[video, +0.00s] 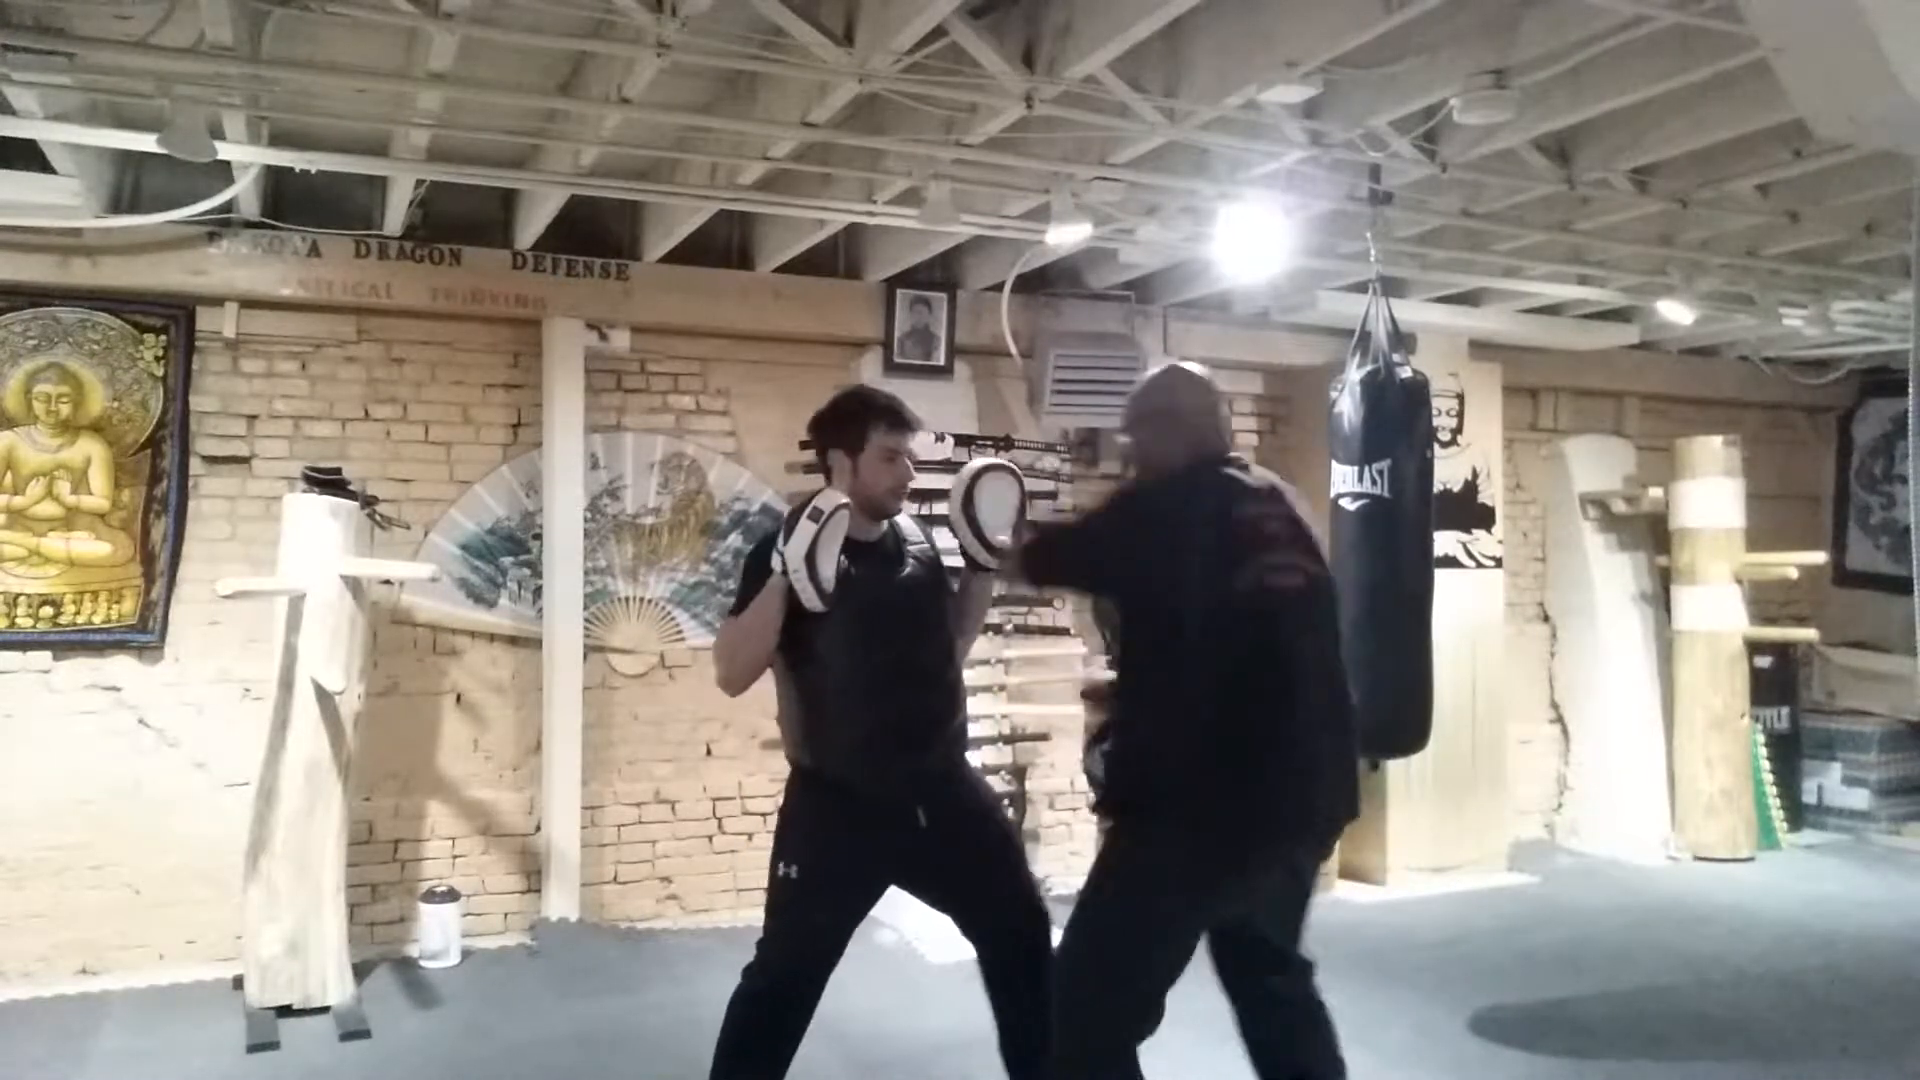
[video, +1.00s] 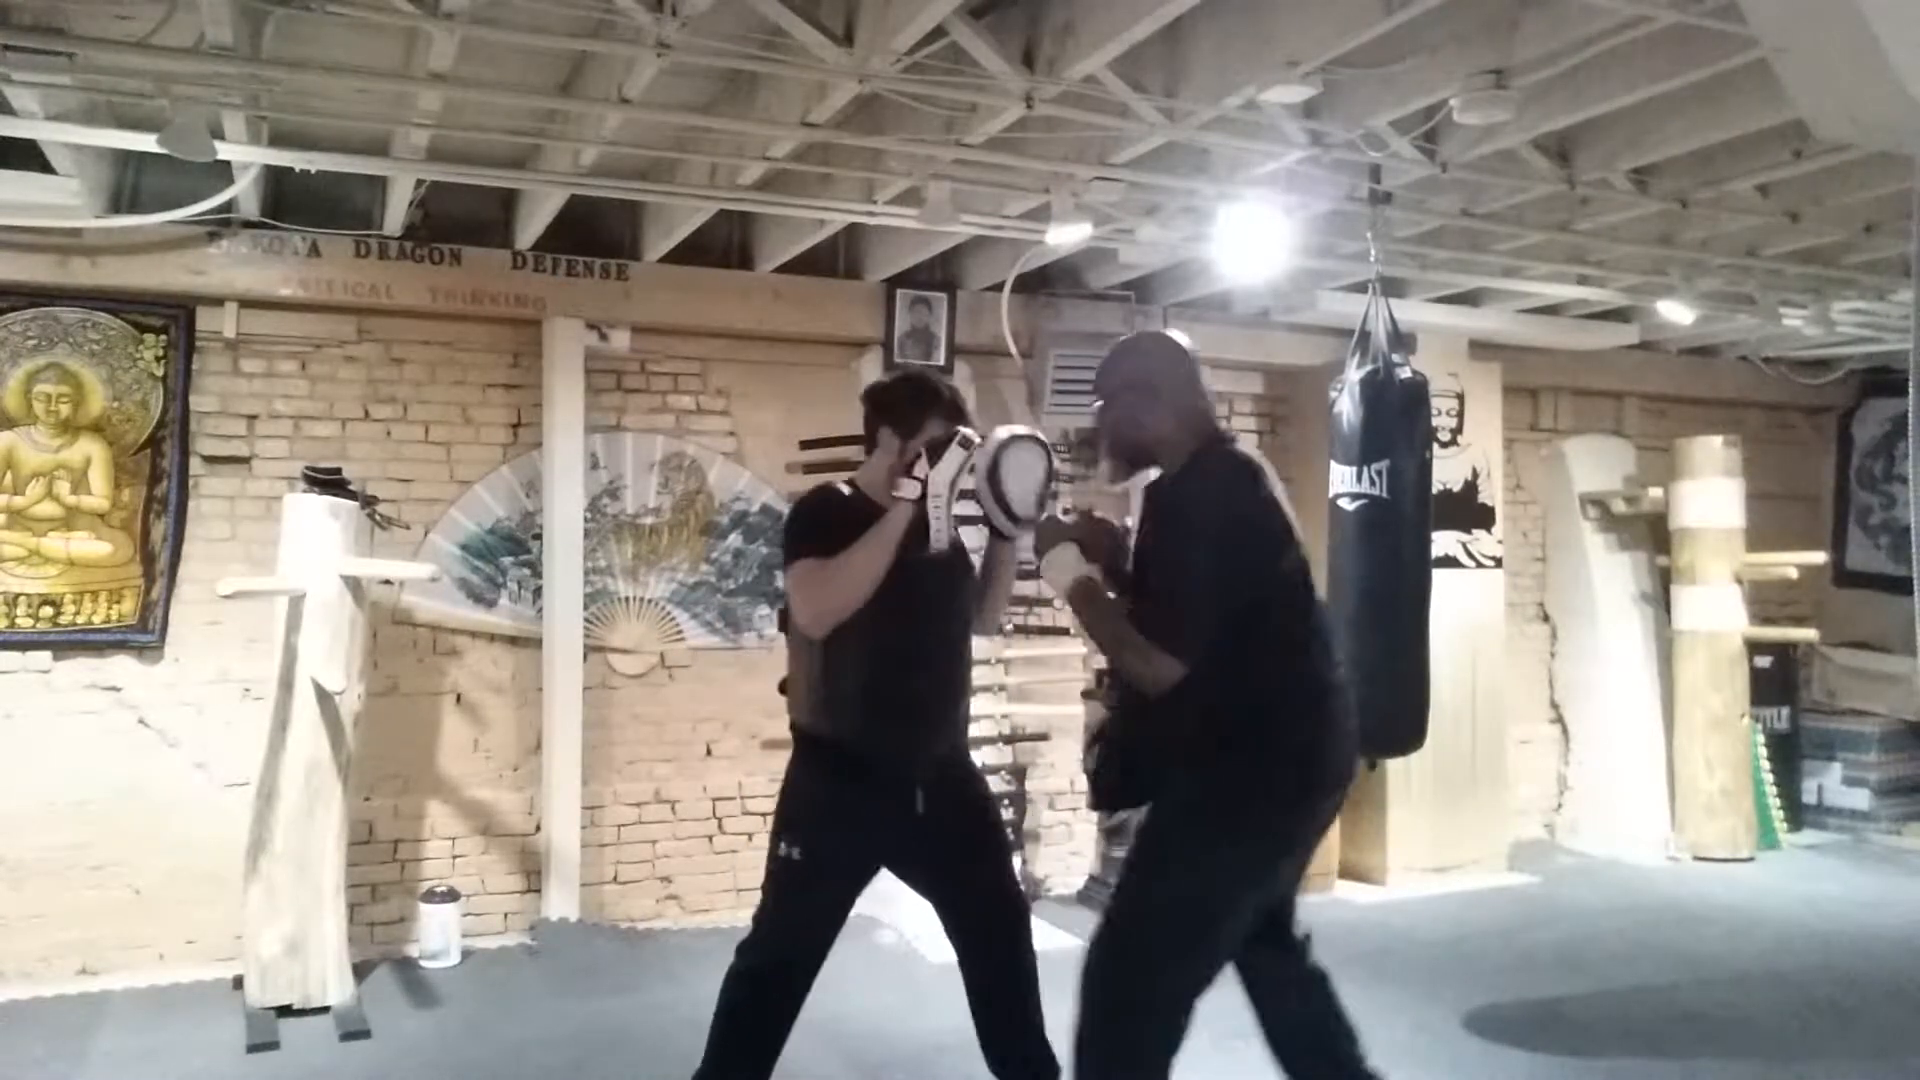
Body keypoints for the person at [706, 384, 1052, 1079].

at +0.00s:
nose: (908, 472)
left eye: (909, 458)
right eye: (890, 458)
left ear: (910, 461)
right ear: (838, 465)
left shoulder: (922, 539)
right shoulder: (785, 551)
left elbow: (947, 653)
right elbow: (732, 673)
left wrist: (982, 566)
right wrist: (791, 572)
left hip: (942, 798)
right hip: (835, 807)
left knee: (1021, 937)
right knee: (783, 979)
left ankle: (1042, 1078)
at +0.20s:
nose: (936, 461)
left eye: (937, 446)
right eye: (919, 447)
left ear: (936, 452)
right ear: (869, 459)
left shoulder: (960, 528)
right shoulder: (826, 545)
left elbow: (1032, 609)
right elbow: (768, 670)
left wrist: (1075, 515)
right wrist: (820, 572)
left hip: (980, 795)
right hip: (870, 802)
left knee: (1047, 972)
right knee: (799, 972)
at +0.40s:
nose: (994, 458)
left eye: (997, 446)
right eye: (981, 442)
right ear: (928, 442)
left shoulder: (991, 532)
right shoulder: (879, 522)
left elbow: (1034, 607)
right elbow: (846, 621)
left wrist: (1093, 526)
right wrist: (932, 511)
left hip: (1001, 785)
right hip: (902, 786)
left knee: (1056, 954)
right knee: (830, 957)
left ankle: (1048, 1079)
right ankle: (736, 1077)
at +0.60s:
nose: (1012, 467)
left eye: (1015, 455)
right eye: (1000, 451)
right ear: (949, 448)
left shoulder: (980, 533)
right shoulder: (898, 520)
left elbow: (1042, 564)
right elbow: (945, 582)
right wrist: (1007, 485)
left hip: (988, 793)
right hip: (901, 793)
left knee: (1050, 961)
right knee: (822, 967)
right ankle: (730, 1077)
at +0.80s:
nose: (972, 467)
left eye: (978, 454)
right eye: (959, 451)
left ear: (980, 462)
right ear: (908, 452)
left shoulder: (970, 540)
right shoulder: (861, 527)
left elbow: (1023, 599)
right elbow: (864, 613)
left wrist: (1073, 543)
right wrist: (951, 520)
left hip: (967, 796)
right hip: (868, 798)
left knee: (1040, 971)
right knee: (801, 974)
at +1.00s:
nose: (937, 461)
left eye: (948, 448)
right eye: (929, 443)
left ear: (949, 455)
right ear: (883, 437)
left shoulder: (945, 524)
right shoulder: (823, 511)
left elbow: (985, 615)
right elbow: (812, 612)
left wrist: (1007, 525)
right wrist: (904, 509)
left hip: (939, 777)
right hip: (837, 778)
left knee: (1000, 939)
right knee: (777, 960)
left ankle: (1029, 1074)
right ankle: (722, 1079)